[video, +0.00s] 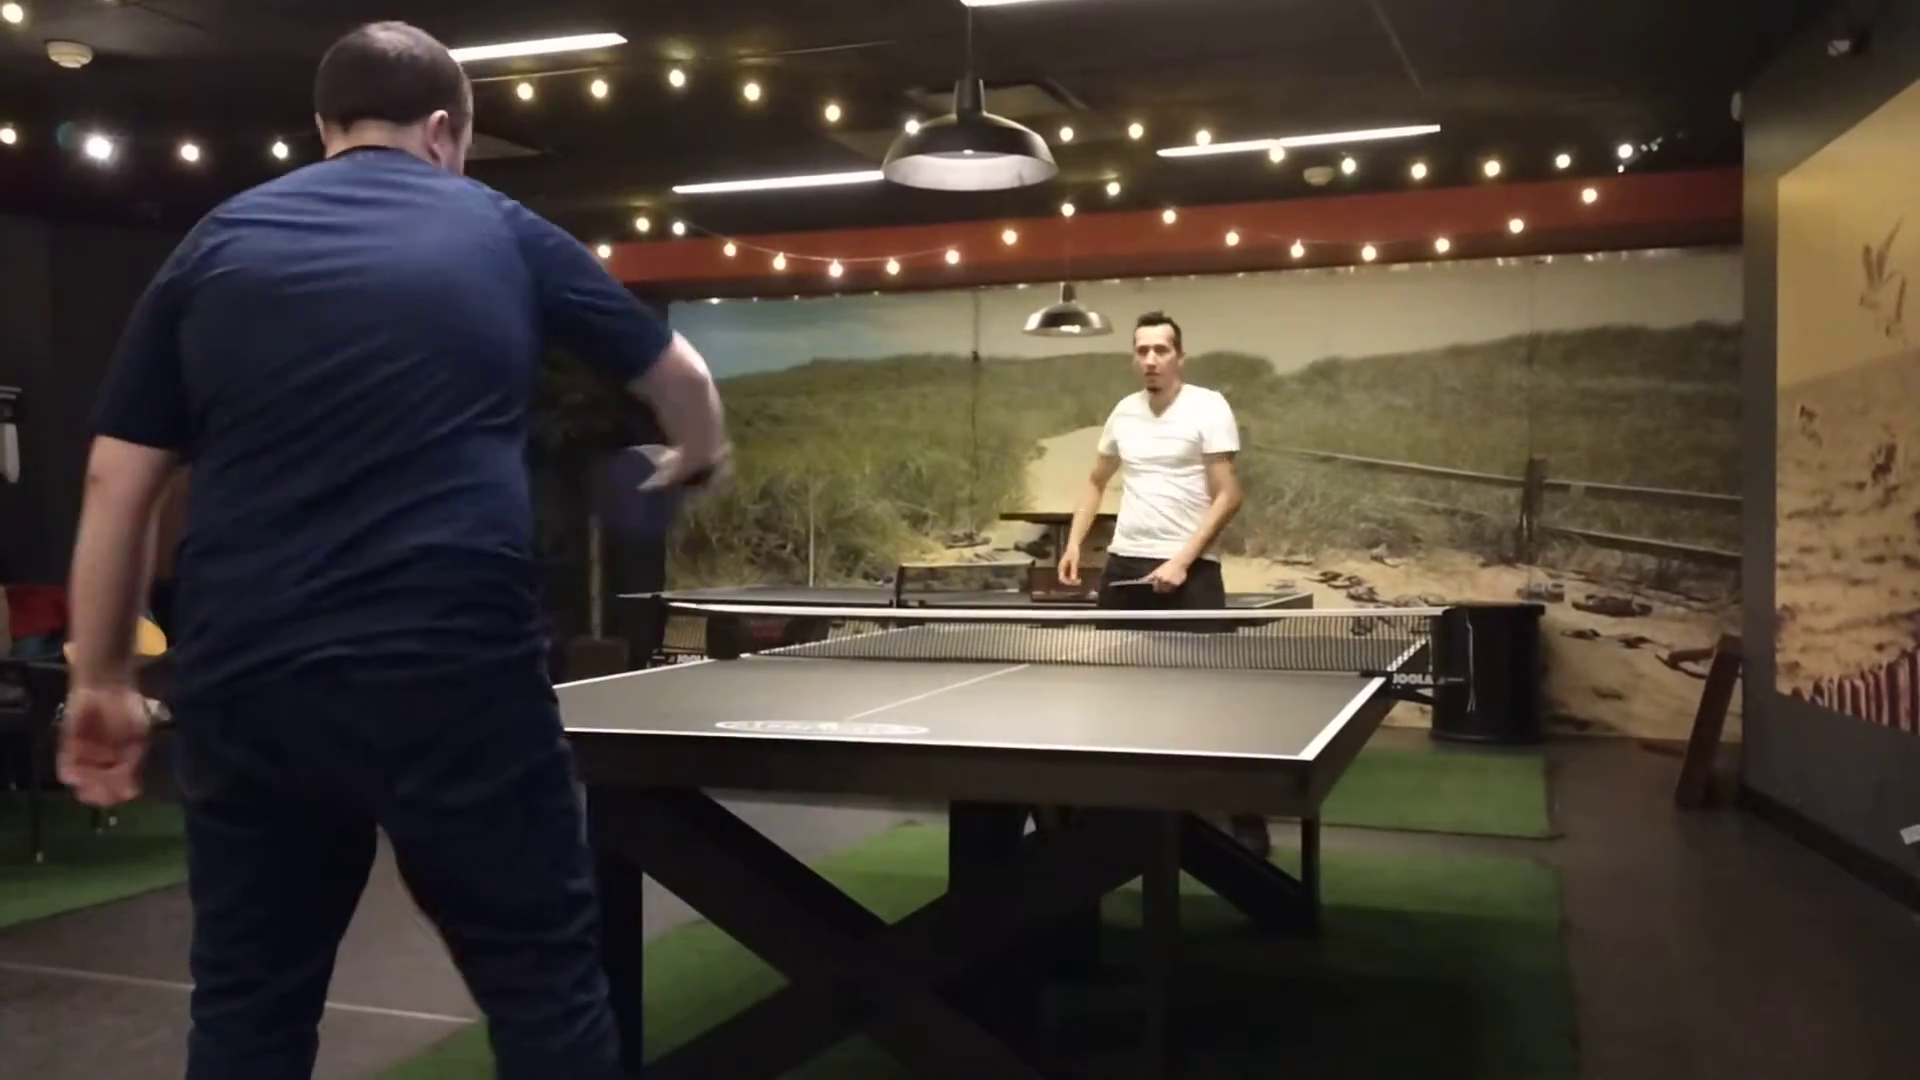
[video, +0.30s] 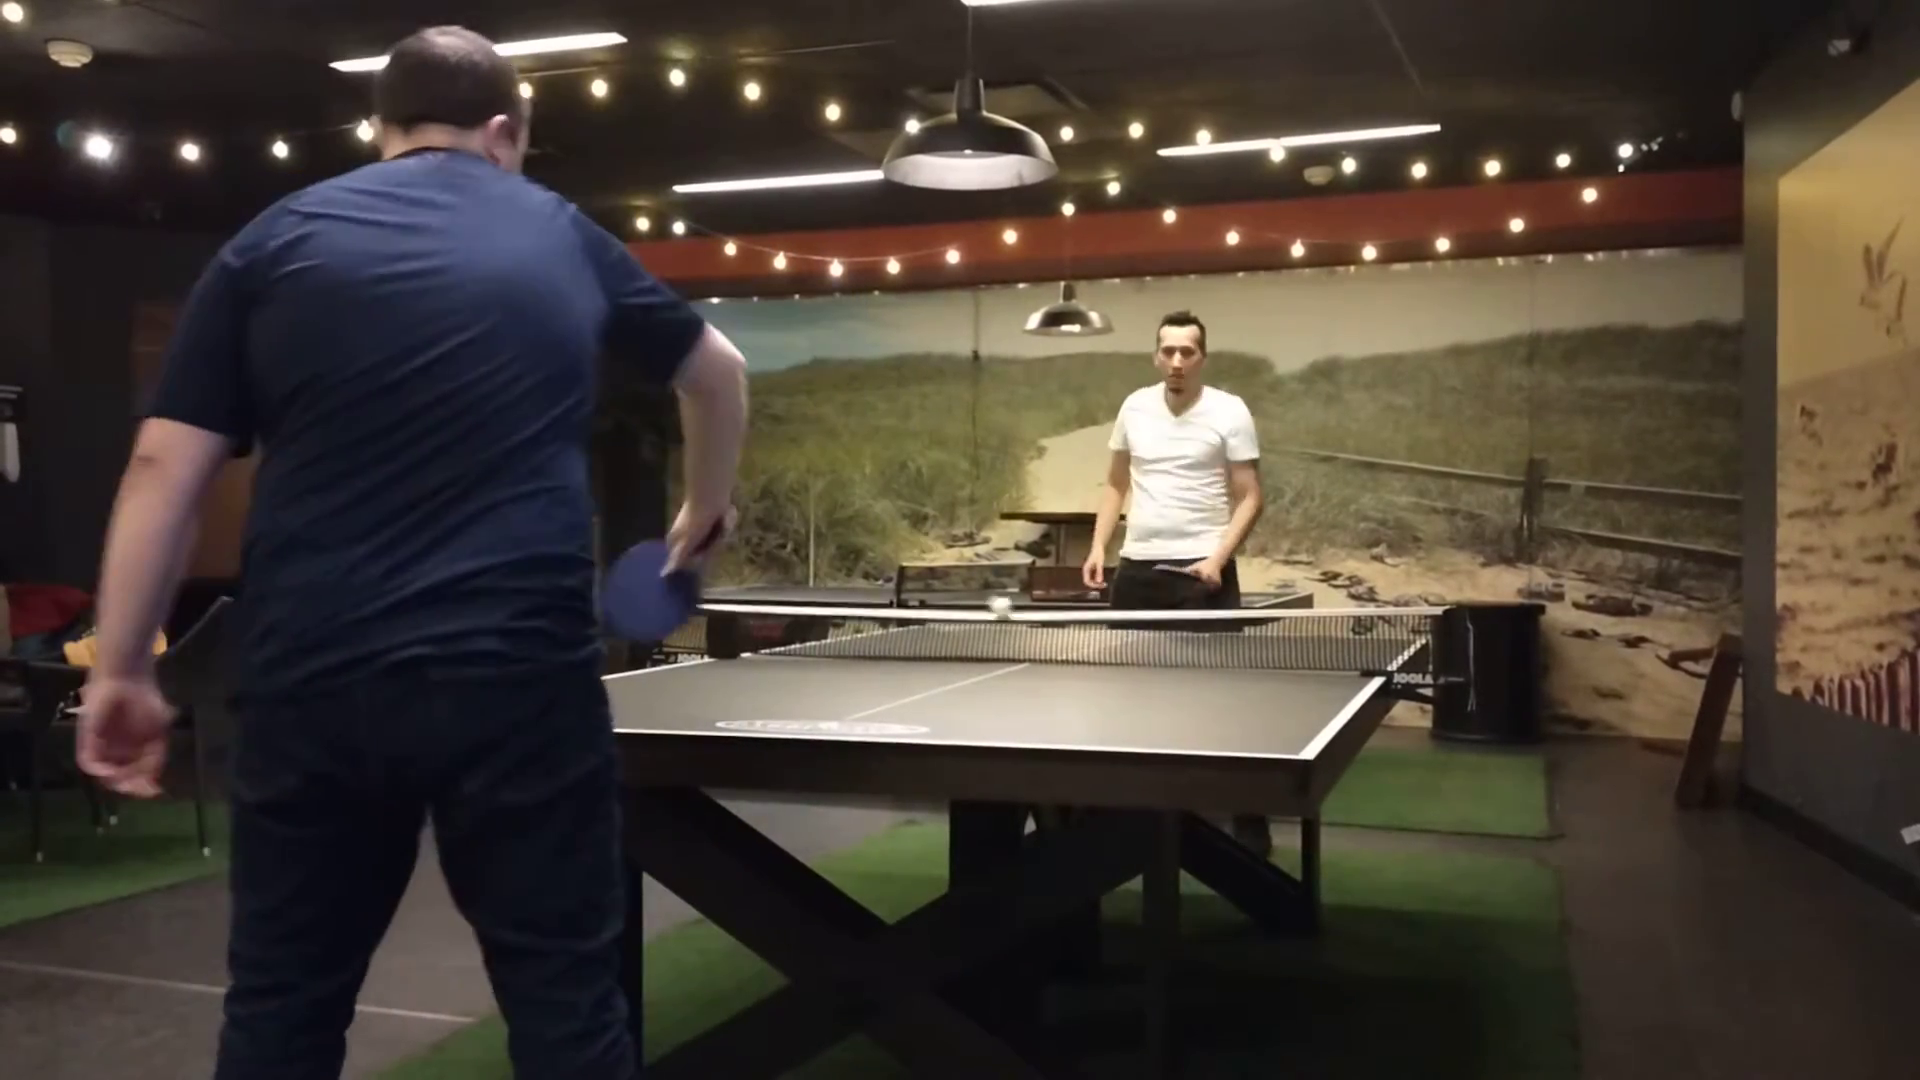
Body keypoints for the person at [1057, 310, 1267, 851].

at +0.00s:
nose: (1150, 359)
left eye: (1160, 350)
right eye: (1142, 350)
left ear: (1179, 356)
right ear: (1133, 358)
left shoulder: (1208, 407)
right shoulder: (1123, 414)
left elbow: (1228, 495)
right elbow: (1096, 482)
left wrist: (1183, 559)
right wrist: (1073, 544)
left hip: (1190, 573)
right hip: (1125, 571)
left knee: (1213, 692)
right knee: (1117, 688)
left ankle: (1246, 827)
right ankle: (1113, 818)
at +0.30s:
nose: (1176, 360)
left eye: (1187, 352)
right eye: (1168, 351)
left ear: (1203, 358)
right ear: (1156, 356)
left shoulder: (1229, 413)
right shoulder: (1134, 408)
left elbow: (1249, 498)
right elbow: (1116, 485)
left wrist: (1218, 558)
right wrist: (1097, 549)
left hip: (1203, 576)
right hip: (1137, 575)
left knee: (1220, 698)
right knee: (1132, 693)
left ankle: (1247, 830)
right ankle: (1130, 822)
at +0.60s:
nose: (1212, 401)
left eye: (1224, 393)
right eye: (1205, 389)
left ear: (1241, 393)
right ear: (1194, 382)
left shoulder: (1254, 447)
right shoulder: (1168, 410)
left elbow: (1232, 530)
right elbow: (1141, 470)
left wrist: (1197, 565)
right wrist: (1111, 533)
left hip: (1216, 577)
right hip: (1152, 569)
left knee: (1227, 691)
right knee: (1130, 681)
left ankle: (1247, 827)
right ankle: (1119, 810)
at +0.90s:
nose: (1251, 385)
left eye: (1264, 376)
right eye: (1245, 371)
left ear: (1282, 377)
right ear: (1232, 365)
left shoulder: (1297, 433)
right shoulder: (1201, 397)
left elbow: (1291, 528)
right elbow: (1175, 464)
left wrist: (1236, 570)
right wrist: (1155, 533)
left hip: (1248, 574)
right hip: (1176, 563)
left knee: (1244, 691)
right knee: (1147, 678)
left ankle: (1251, 822)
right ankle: (1141, 812)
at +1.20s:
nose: (1260, 352)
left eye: (1271, 342)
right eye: (1251, 341)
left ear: (1289, 346)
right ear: (1237, 341)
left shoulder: (1314, 409)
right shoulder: (1201, 392)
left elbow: (1328, 505)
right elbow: (1156, 465)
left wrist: (1323, 585)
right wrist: (1152, 538)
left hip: (1273, 565)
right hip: (1201, 559)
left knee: (1264, 693)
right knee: (1206, 686)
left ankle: (1253, 825)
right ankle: (1201, 822)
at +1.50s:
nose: (1248, 361)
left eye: (1258, 348)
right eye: (1236, 350)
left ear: (1274, 346)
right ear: (1221, 350)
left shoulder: (1303, 392)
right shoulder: (1196, 403)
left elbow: (1338, 472)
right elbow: (1156, 501)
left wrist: (1348, 525)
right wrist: (1169, 580)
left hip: (1282, 568)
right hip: (1216, 565)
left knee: (1270, 706)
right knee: (1223, 703)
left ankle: (1246, 839)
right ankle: (1231, 843)